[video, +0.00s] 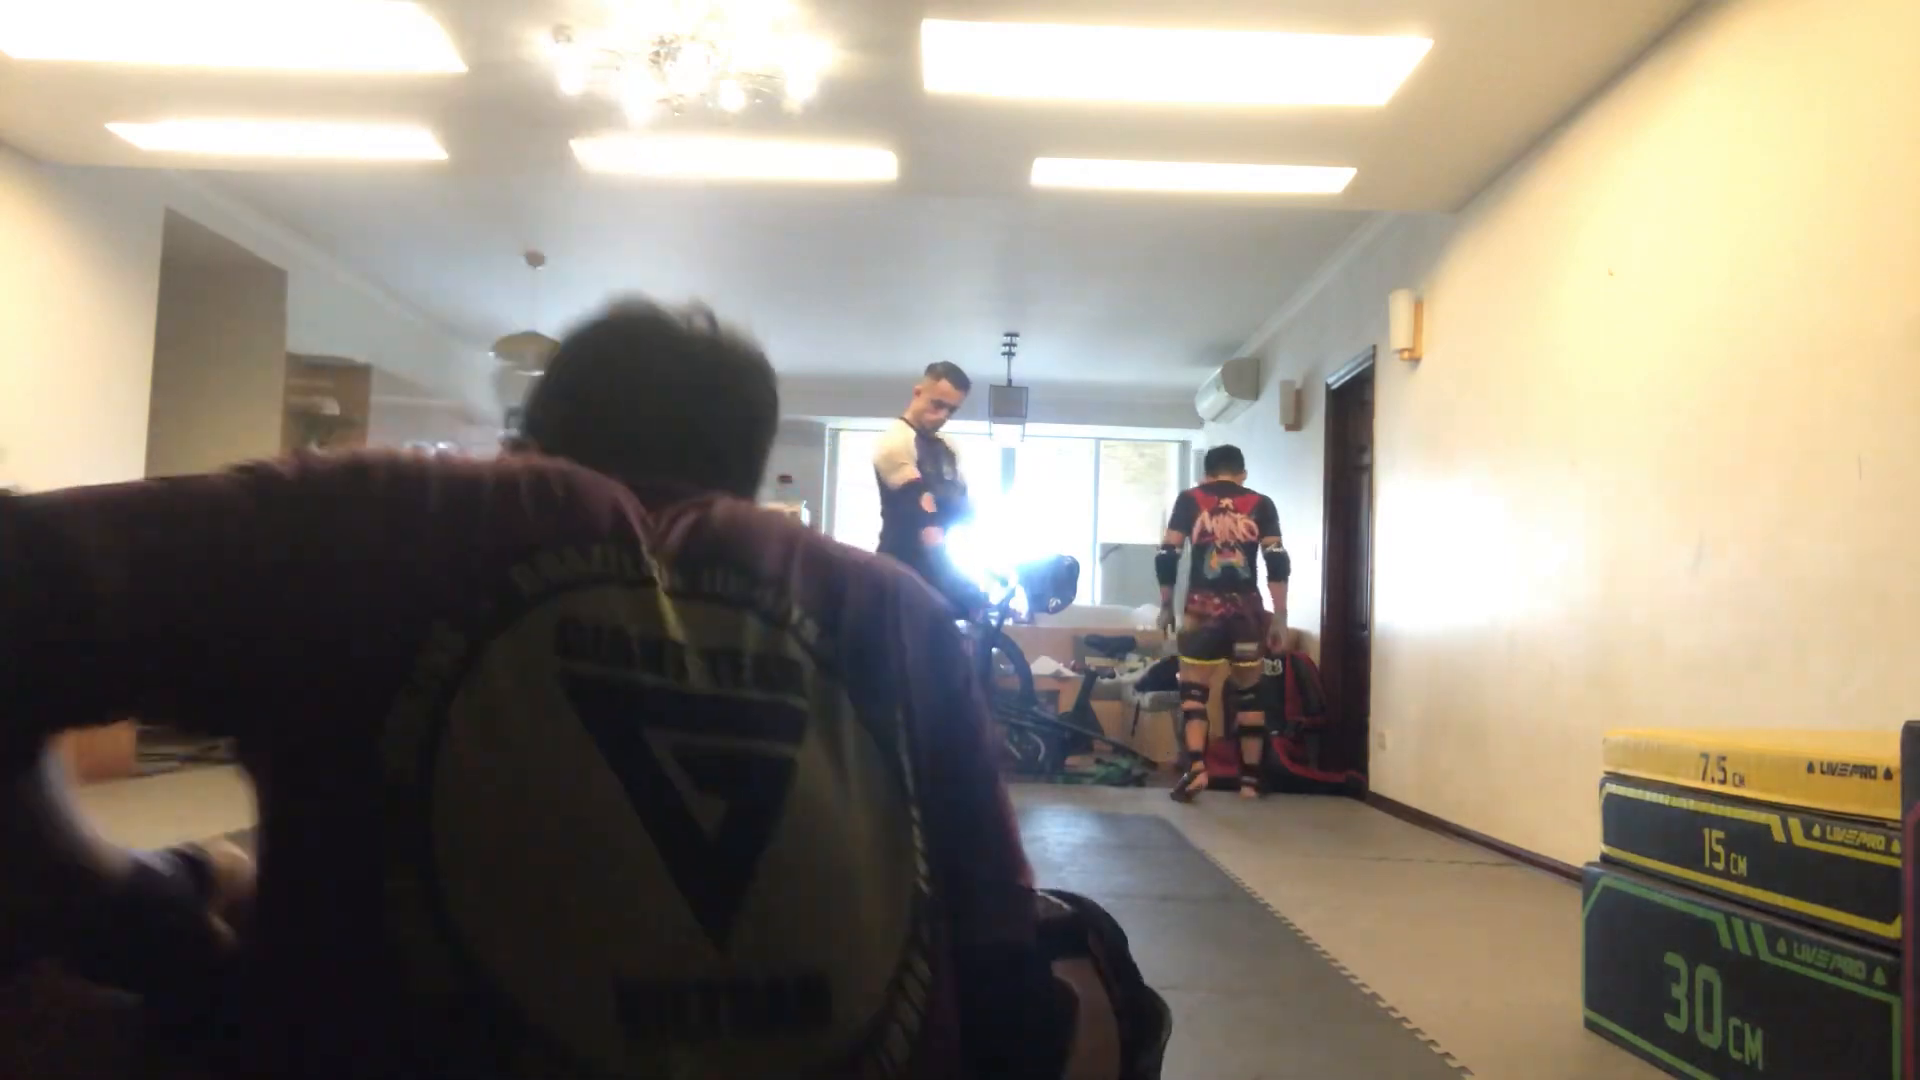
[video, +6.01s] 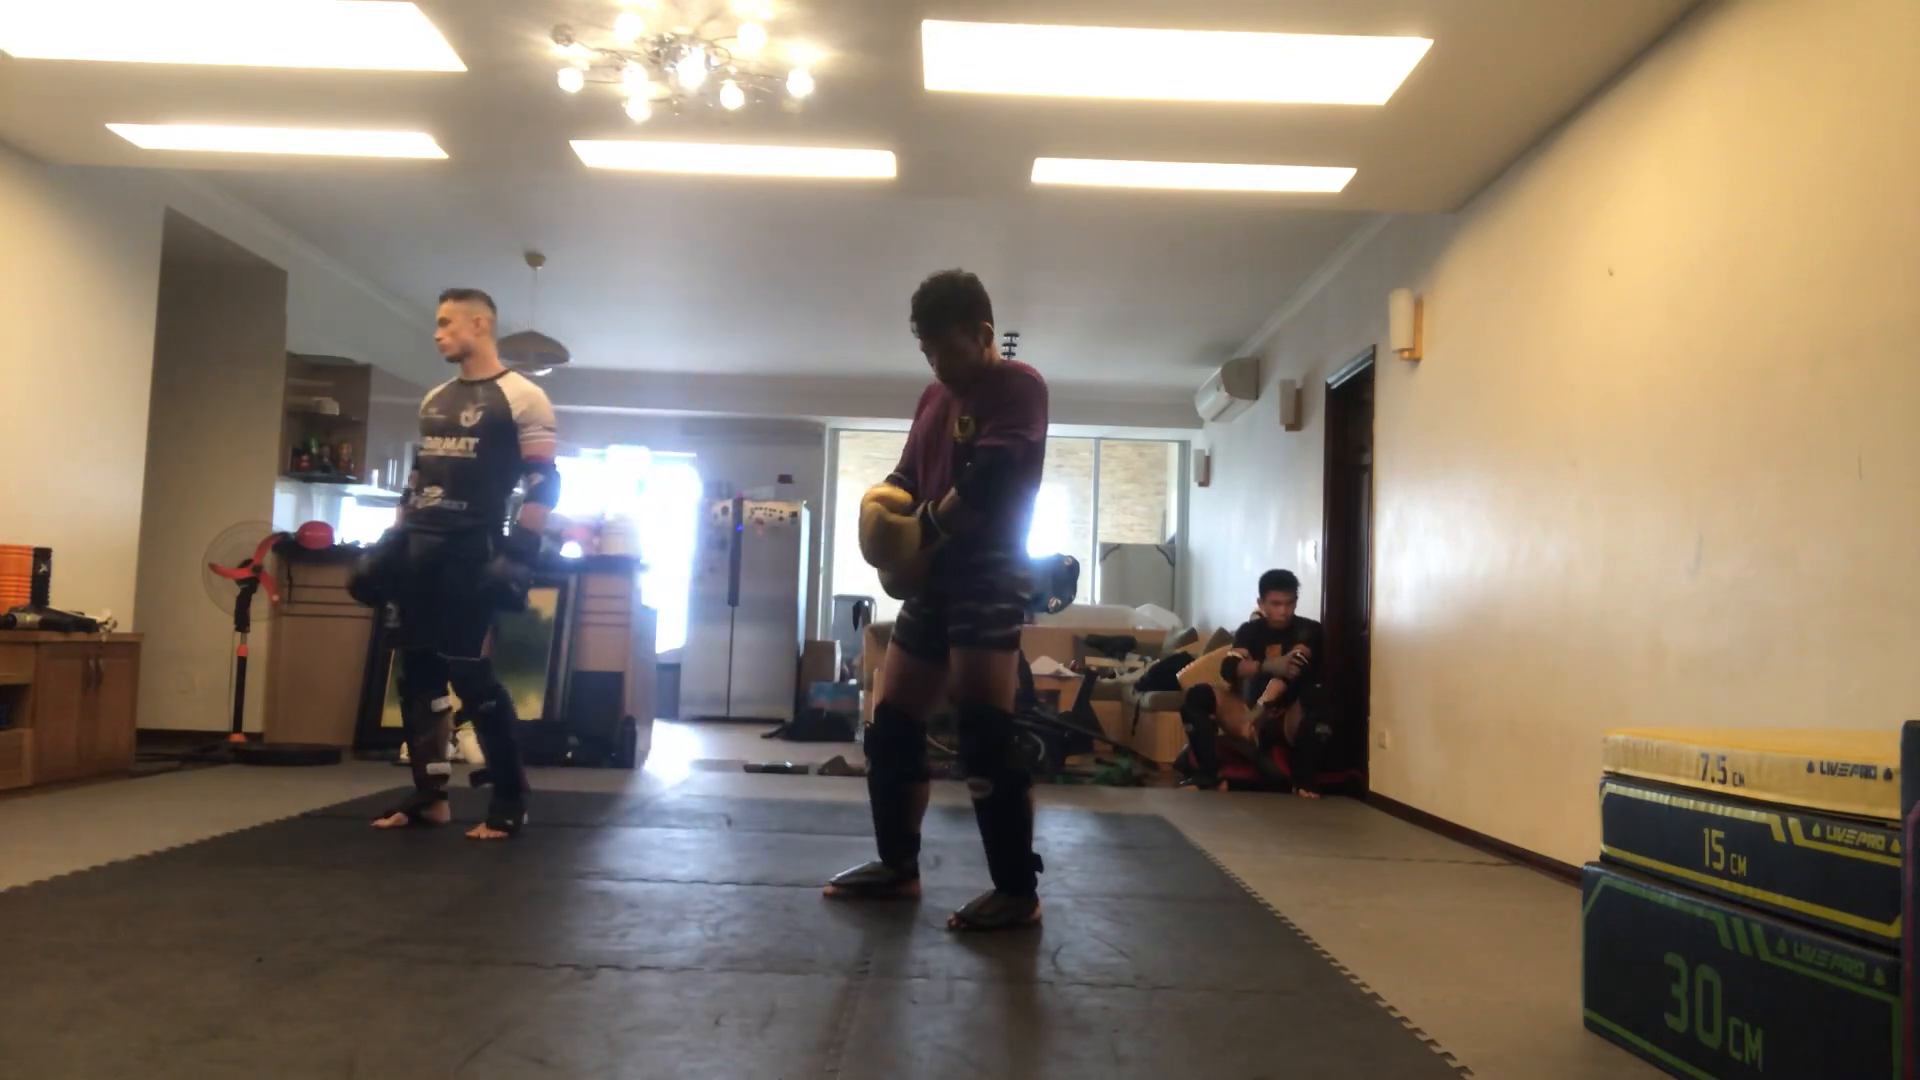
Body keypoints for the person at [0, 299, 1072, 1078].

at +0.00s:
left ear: (534, 436)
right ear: (761, 475)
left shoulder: (390, 518)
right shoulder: (897, 614)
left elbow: (19, 583)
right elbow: (1007, 976)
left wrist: (102, 894)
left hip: (381, 1039)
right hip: (797, 1044)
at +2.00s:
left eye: (863, 37)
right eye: (945, 47)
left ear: (842, 34)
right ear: (947, 55)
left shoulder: (765, 116)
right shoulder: (1000, 170)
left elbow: (648, 287)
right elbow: (1026, 380)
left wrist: (765, 328)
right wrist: (922, 387)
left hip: (772, 498)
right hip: (915, 511)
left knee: (672, 777)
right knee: (902, 798)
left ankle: (700, 1055)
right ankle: (883, 1063)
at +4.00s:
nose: (821, 324)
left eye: (822, 315)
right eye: (821, 316)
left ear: (839, 310)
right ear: (894, 311)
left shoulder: (822, 361)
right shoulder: (957, 377)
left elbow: (768, 454)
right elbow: (980, 480)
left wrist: (813, 496)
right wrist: (919, 507)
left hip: (837, 567)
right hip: (913, 573)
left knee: (807, 726)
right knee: (930, 725)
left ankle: (791, 898)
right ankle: (963, 877)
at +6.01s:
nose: (933, 362)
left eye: (940, 346)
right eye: (926, 349)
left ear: (980, 334)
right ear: (928, 342)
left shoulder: (1016, 387)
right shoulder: (936, 396)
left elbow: (988, 485)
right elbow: (907, 473)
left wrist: (924, 537)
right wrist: (885, 515)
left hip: (991, 578)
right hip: (935, 579)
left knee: (985, 733)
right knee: (893, 727)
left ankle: (1017, 893)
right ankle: (897, 868)